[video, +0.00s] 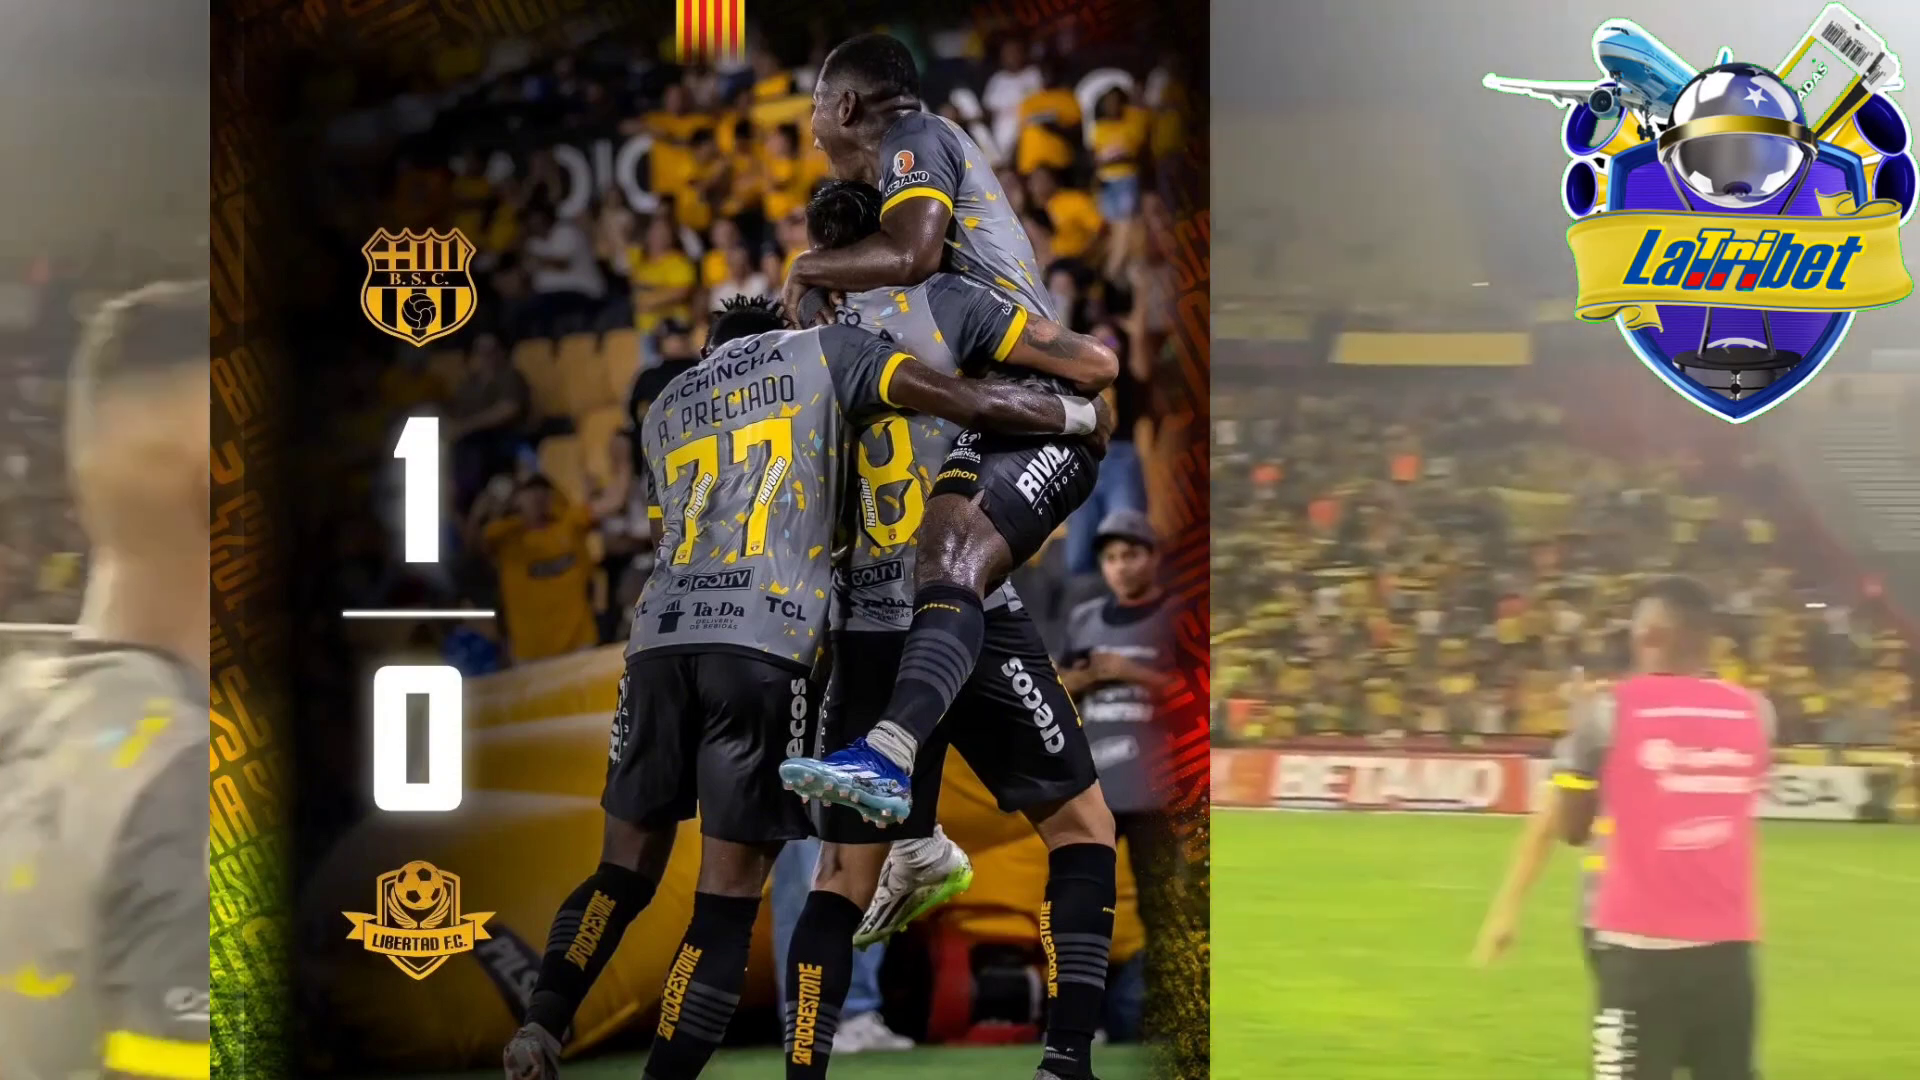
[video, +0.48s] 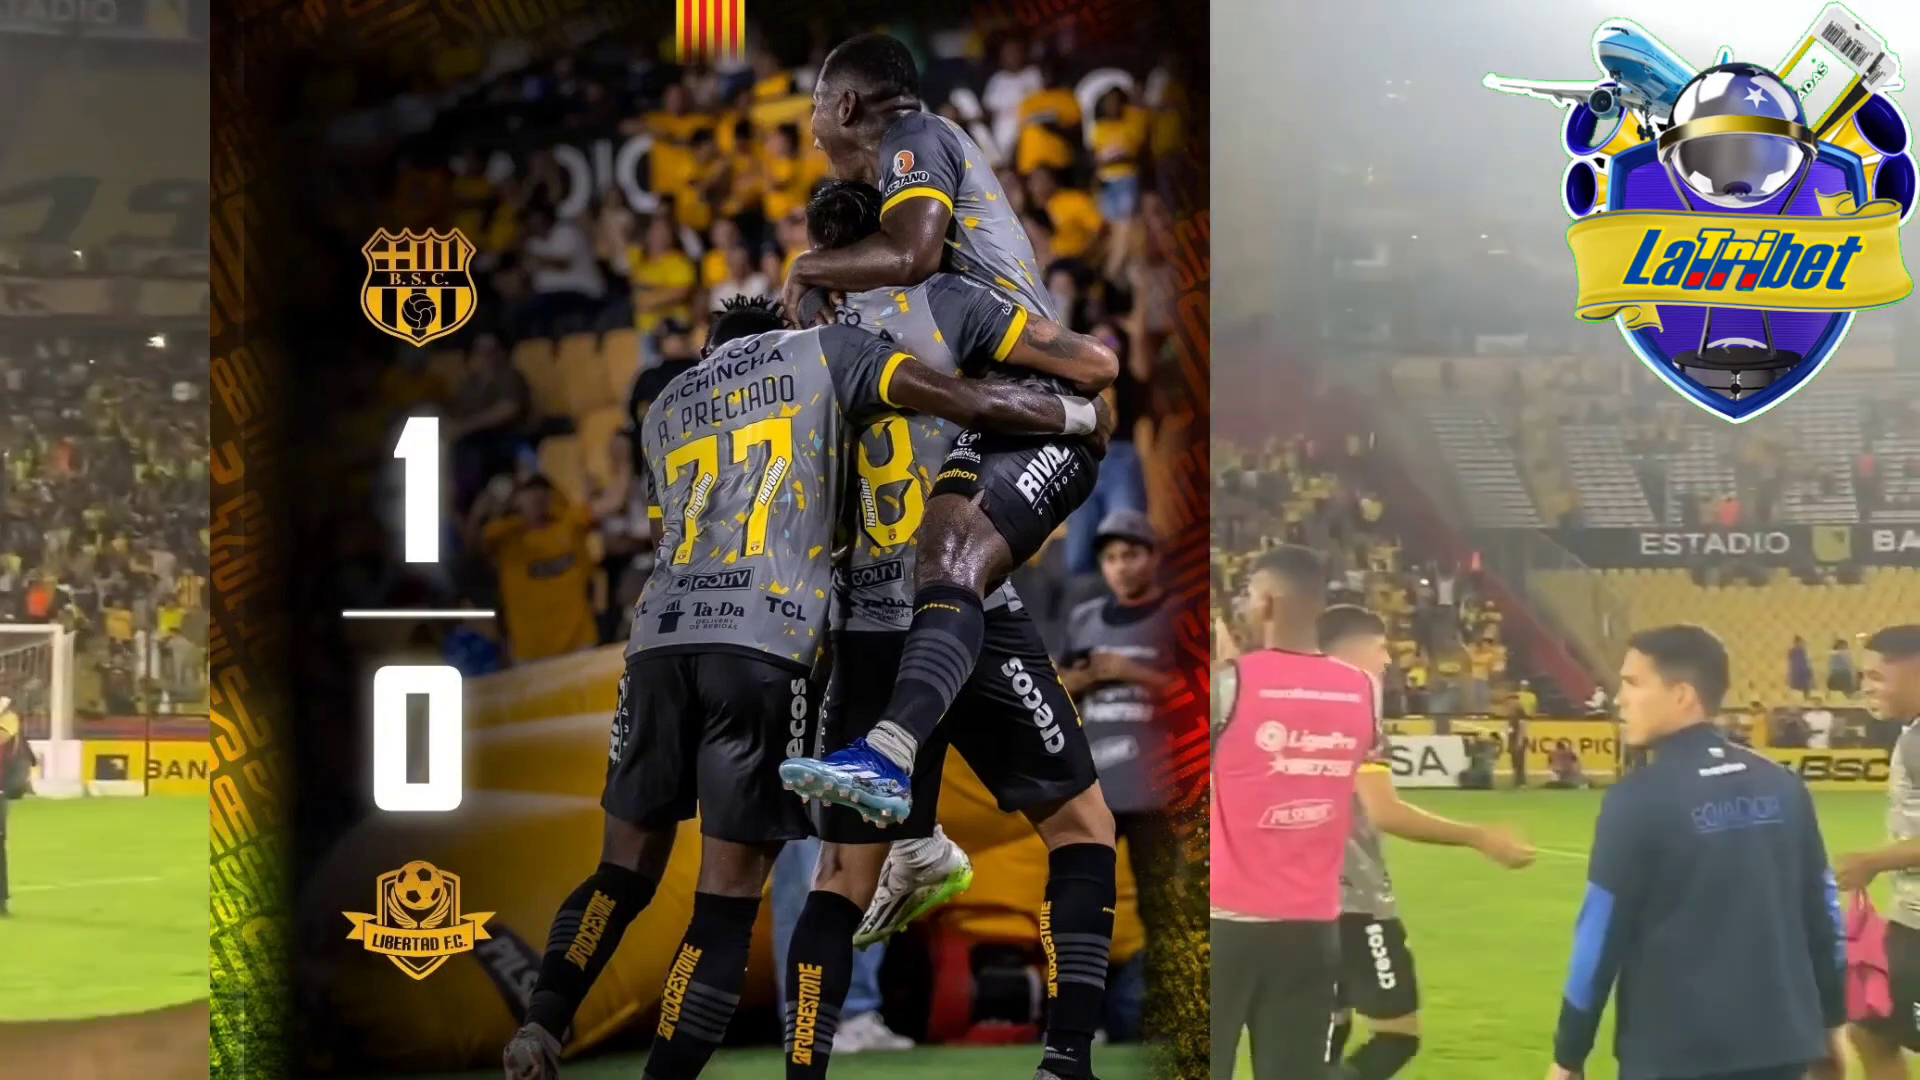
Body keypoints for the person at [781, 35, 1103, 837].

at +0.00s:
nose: (815, 129)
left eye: (821, 109)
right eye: (814, 111)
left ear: (856, 102)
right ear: (878, 104)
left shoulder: (915, 133)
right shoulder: (895, 165)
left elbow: (914, 251)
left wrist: (808, 265)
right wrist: (811, 295)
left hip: (1043, 402)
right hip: (978, 399)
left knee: (954, 554)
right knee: (890, 562)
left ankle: (888, 758)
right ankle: (914, 837)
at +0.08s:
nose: (817, 135)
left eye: (822, 114)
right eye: (815, 117)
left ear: (857, 101)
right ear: (878, 103)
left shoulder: (914, 132)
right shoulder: (906, 153)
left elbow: (914, 251)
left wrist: (808, 265)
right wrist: (813, 298)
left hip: (1041, 400)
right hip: (979, 398)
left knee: (952, 554)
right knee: (889, 564)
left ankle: (887, 758)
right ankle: (915, 837)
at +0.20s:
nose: (817, 131)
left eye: (821, 111)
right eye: (815, 113)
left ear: (855, 101)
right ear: (879, 102)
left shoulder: (914, 133)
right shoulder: (912, 150)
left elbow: (914, 249)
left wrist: (807, 265)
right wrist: (812, 295)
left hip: (1042, 399)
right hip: (982, 397)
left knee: (953, 554)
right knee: (893, 567)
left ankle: (888, 756)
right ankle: (915, 837)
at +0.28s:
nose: (816, 128)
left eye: (821, 109)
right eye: (815, 111)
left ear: (855, 102)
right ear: (880, 103)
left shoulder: (915, 134)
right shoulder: (901, 163)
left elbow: (914, 250)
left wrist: (806, 265)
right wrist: (817, 295)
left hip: (1045, 401)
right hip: (982, 398)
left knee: (952, 554)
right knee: (891, 564)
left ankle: (889, 756)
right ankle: (916, 838)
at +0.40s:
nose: (818, 131)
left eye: (821, 112)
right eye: (815, 114)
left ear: (855, 102)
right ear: (880, 103)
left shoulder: (915, 134)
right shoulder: (905, 161)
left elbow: (914, 250)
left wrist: (806, 265)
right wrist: (816, 295)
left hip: (1044, 403)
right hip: (983, 402)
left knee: (952, 557)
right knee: (898, 565)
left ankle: (889, 756)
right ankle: (917, 837)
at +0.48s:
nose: (817, 130)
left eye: (821, 111)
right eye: (815, 113)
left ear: (855, 102)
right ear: (880, 103)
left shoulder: (915, 134)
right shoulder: (904, 161)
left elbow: (914, 249)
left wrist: (806, 265)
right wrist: (817, 295)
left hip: (1044, 403)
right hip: (981, 400)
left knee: (952, 555)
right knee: (892, 566)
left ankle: (889, 756)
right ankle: (916, 839)